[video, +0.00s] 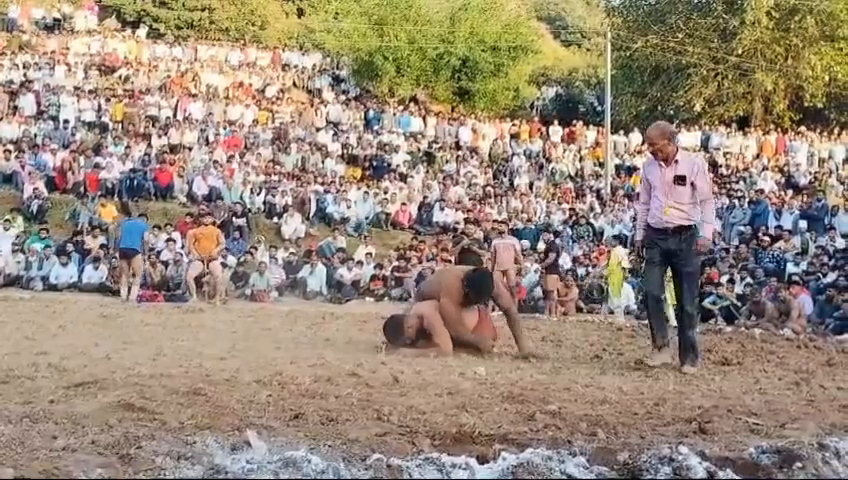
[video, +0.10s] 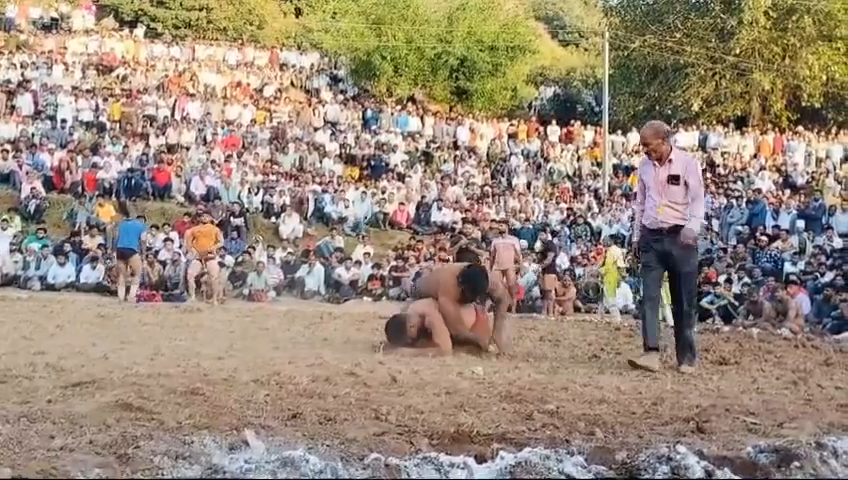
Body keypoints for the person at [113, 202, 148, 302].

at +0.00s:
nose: (146, 223)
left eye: (146, 221)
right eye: (146, 221)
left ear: (137, 217)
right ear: (145, 219)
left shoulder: (125, 222)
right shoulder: (144, 226)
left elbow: (118, 235)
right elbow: (145, 240)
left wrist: (117, 247)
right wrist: (146, 254)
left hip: (122, 247)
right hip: (135, 249)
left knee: (124, 274)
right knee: (137, 275)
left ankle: (123, 296)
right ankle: (133, 297)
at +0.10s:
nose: (144, 222)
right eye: (144, 221)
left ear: (133, 218)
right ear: (142, 220)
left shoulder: (122, 223)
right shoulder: (142, 225)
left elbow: (117, 236)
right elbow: (143, 239)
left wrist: (114, 247)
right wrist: (143, 253)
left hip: (120, 247)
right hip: (132, 248)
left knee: (121, 274)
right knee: (137, 273)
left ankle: (120, 297)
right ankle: (132, 296)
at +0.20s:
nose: (142, 227)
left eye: (142, 226)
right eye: (142, 226)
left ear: (135, 221)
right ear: (141, 224)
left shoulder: (123, 224)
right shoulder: (140, 228)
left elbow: (117, 236)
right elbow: (140, 243)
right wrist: (140, 257)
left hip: (116, 246)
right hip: (127, 247)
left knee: (119, 273)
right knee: (136, 271)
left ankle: (118, 298)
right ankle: (135, 297)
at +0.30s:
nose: (143, 232)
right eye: (143, 230)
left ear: (134, 226)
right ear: (140, 229)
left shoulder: (122, 230)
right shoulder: (139, 232)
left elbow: (114, 239)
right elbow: (140, 246)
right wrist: (141, 259)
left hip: (114, 246)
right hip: (126, 248)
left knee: (117, 272)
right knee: (134, 272)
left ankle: (116, 297)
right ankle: (136, 296)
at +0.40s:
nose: (142, 238)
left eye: (142, 237)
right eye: (142, 237)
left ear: (134, 231)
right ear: (141, 235)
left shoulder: (123, 233)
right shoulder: (140, 237)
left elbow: (114, 243)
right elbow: (141, 253)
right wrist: (142, 268)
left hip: (114, 250)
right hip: (126, 252)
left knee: (117, 274)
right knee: (137, 274)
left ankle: (115, 297)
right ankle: (135, 299)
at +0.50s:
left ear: (135, 237)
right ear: (142, 241)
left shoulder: (125, 240)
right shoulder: (140, 244)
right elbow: (141, 259)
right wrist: (143, 271)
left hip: (113, 254)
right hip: (126, 256)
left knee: (116, 277)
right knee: (139, 275)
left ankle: (113, 298)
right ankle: (135, 299)